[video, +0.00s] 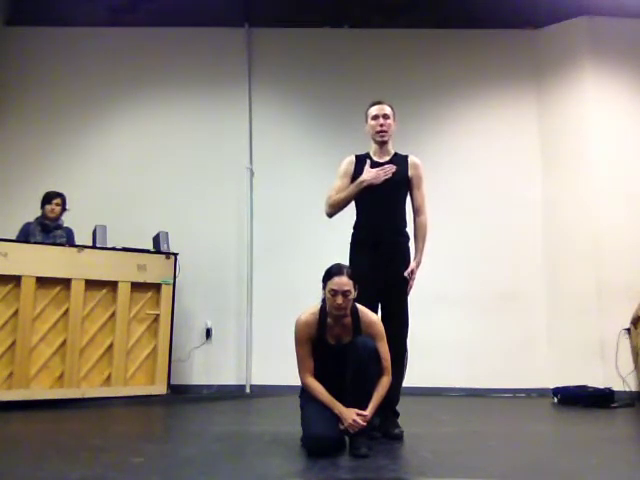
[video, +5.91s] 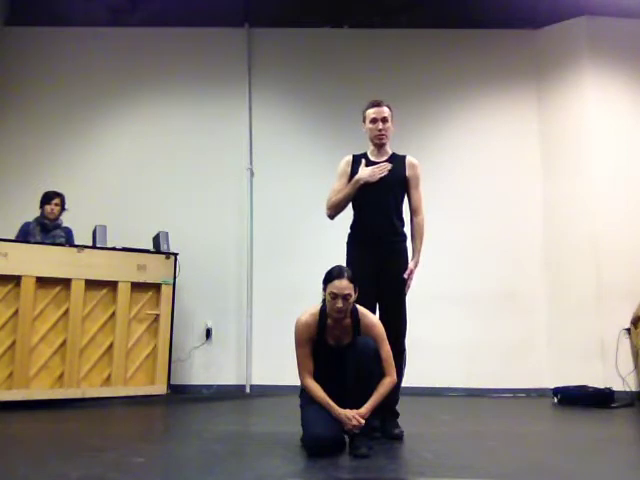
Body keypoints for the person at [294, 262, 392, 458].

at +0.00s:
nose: (339, 301)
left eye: (346, 294)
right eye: (333, 294)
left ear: (355, 293)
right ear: (324, 292)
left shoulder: (371, 322)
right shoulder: (307, 323)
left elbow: (386, 374)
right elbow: (307, 378)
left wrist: (366, 414)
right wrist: (342, 412)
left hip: (355, 392)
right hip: (321, 393)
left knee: (364, 347)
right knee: (321, 445)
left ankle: (360, 431)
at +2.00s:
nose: (340, 302)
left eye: (347, 295)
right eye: (334, 295)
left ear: (356, 294)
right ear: (325, 292)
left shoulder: (372, 323)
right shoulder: (307, 323)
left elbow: (387, 375)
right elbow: (306, 378)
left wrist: (367, 413)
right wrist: (341, 411)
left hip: (355, 393)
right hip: (321, 393)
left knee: (365, 347)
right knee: (322, 444)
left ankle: (360, 432)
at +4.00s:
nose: (339, 304)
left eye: (346, 297)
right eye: (333, 296)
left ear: (355, 295)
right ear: (324, 293)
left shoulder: (370, 323)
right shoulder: (306, 324)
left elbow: (391, 377)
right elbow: (306, 378)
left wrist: (362, 414)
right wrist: (338, 413)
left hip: (356, 394)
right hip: (321, 395)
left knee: (365, 346)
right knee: (320, 445)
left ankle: (360, 433)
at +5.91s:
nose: (339, 305)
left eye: (346, 298)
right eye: (333, 297)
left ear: (355, 295)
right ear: (324, 293)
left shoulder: (370, 323)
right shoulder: (307, 324)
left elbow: (391, 377)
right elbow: (306, 378)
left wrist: (363, 413)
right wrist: (338, 413)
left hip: (356, 392)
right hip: (321, 394)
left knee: (365, 347)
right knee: (321, 445)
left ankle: (360, 433)